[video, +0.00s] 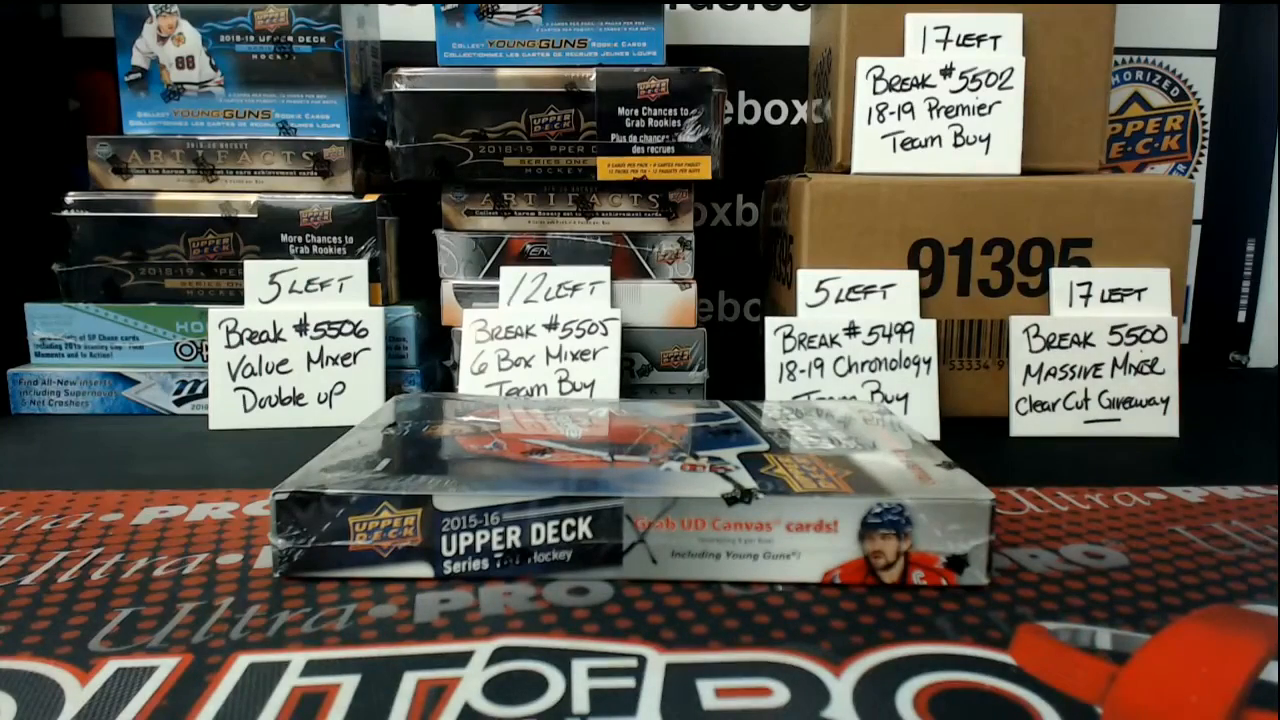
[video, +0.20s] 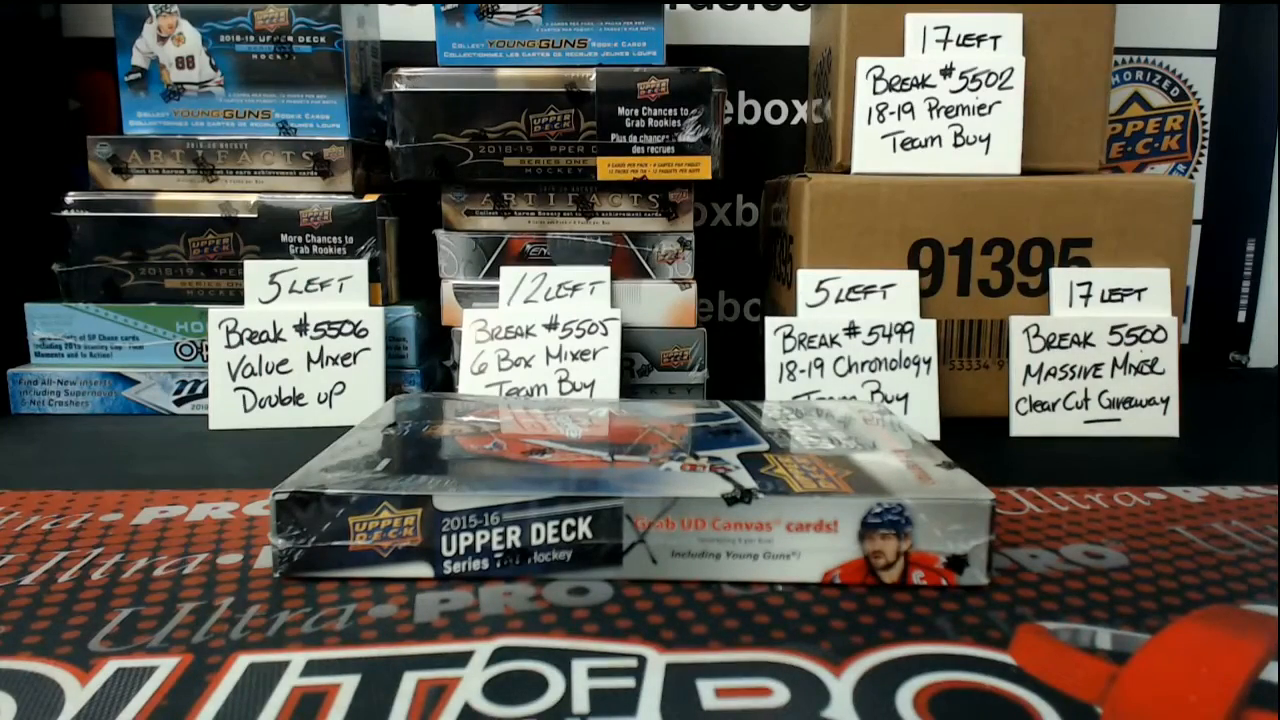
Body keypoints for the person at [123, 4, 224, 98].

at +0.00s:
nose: (170, 22)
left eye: (173, 17)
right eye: (164, 18)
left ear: (178, 17)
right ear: (156, 20)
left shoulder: (186, 35)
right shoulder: (150, 28)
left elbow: (188, 67)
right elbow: (141, 50)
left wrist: (178, 88)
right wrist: (137, 71)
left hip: (208, 84)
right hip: (181, 84)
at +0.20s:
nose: (170, 22)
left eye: (173, 17)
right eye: (164, 17)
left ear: (178, 17)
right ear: (156, 20)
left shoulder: (186, 35)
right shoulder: (150, 29)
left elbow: (188, 66)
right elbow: (142, 50)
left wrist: (178, 88)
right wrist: (137, 70)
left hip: (208, 83)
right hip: (181, 83)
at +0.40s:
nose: (169, 22)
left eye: (172, 16)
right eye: (163, 17)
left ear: (177, 16)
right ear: (155, 19)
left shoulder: (186, 34)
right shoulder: (149, 28)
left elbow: (188, 66)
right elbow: (141, 49)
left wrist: (179, 87)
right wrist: (137, 70)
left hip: (209, 83)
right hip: (182, 85)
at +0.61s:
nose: (170, 22)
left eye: (173, 17)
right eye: (164, 18)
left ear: (178, 17)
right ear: (156, 20)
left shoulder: (186, 36)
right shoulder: (150, 28)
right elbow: (142, 50)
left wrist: (178, 89)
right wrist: (137, 72)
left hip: (208, 84)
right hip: (180, 83)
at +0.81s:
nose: (170, 22)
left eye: (173, 17)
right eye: (164, 18)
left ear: (178, 17)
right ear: (156, 20)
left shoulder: (186, 36)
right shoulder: (150, 29)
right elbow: (142, 50)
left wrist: (178, 88)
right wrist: (137, 72)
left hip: (208, 84)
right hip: (181, 84)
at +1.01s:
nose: (170, 22)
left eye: (173, 17)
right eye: (164, 18)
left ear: (178, 17)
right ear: (156, 20)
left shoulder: (186, 36)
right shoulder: (150, 29)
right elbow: (142, 50)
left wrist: (178, 88)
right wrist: (137, 72)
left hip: (209, 84)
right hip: (181, 84)